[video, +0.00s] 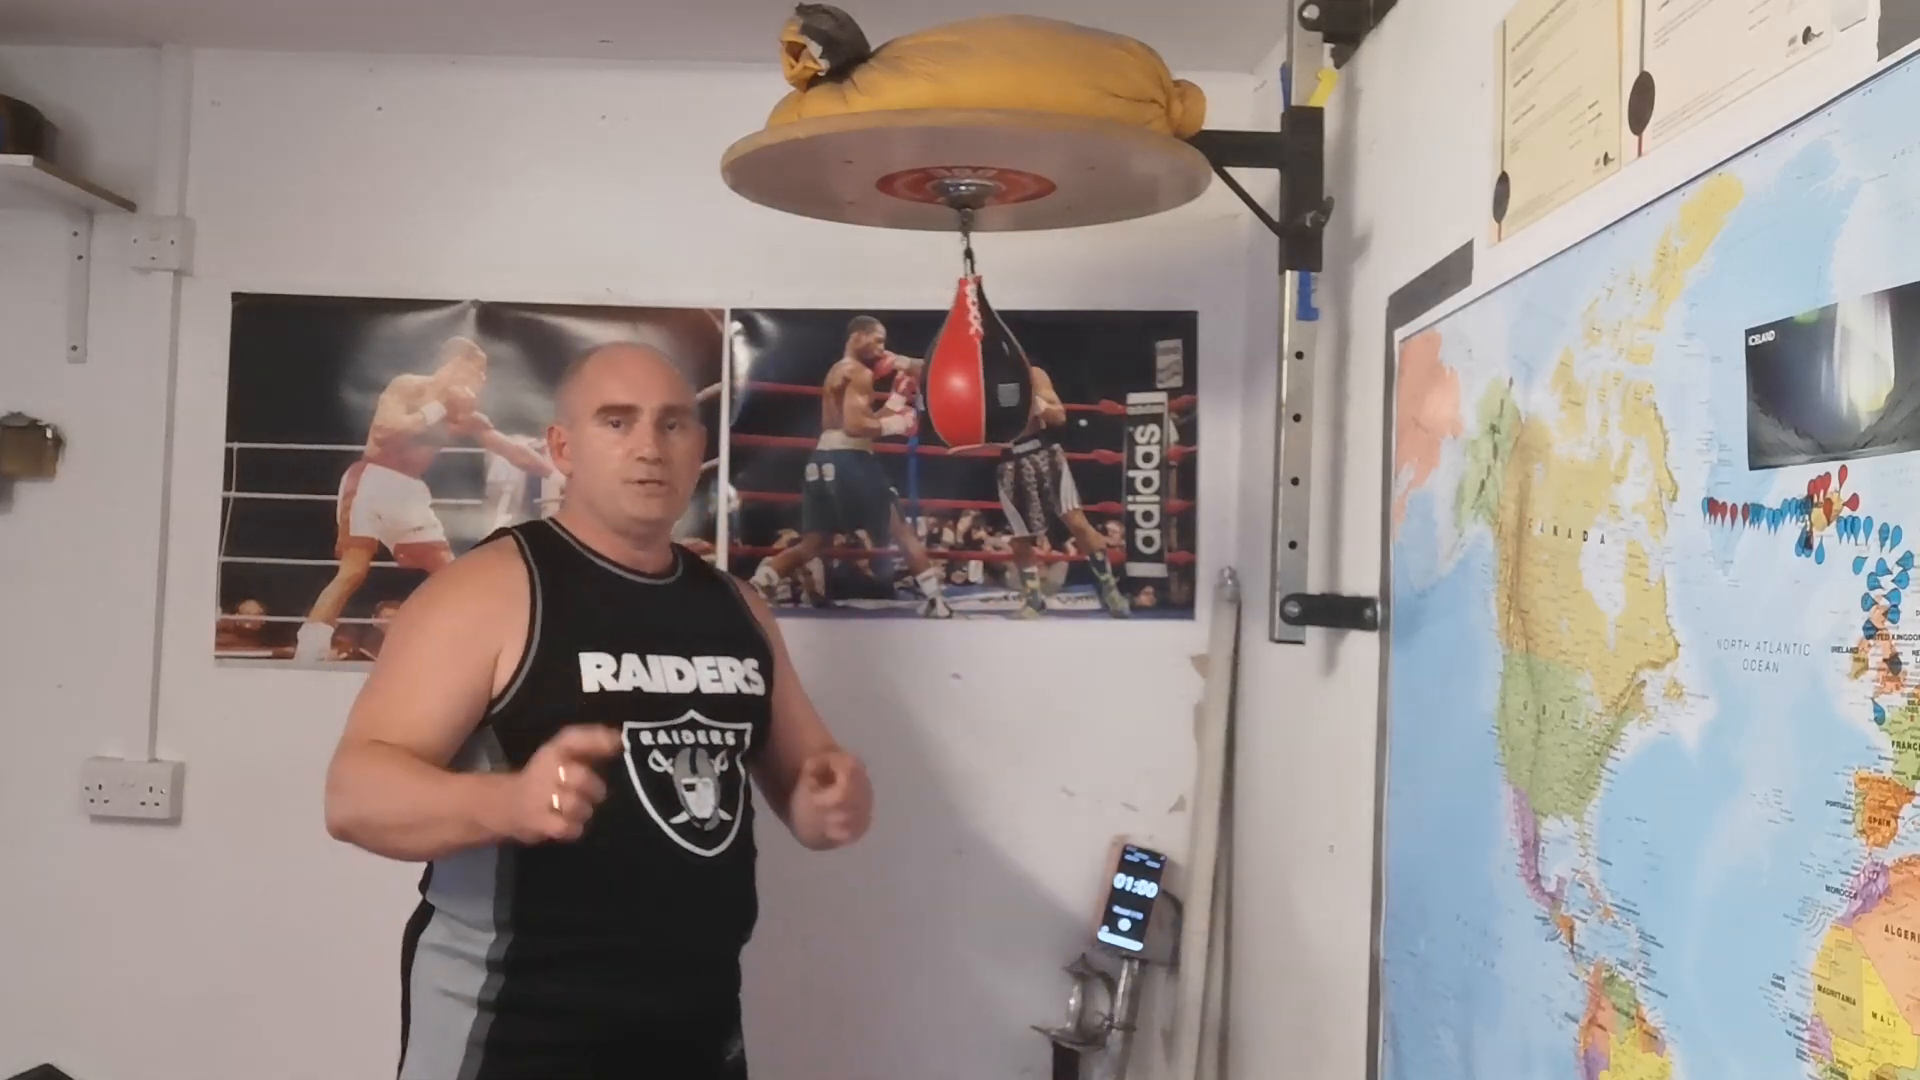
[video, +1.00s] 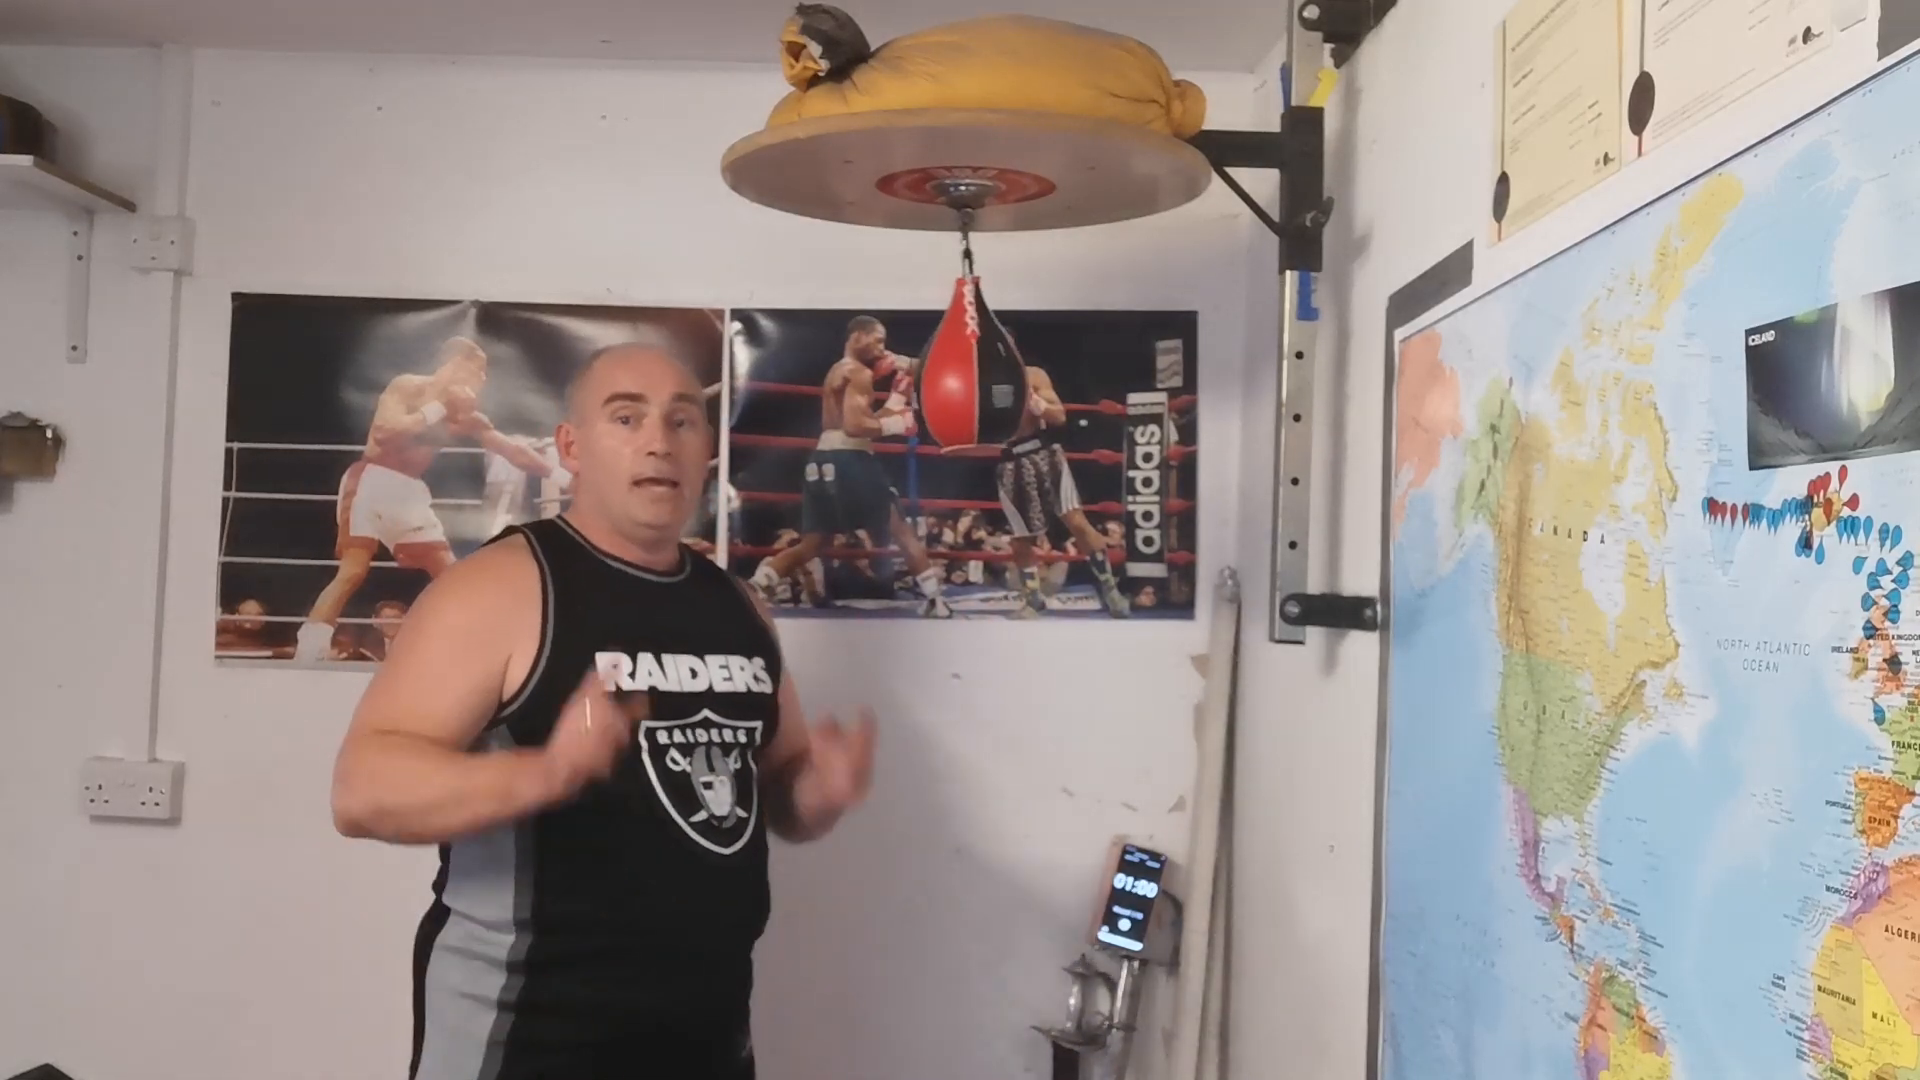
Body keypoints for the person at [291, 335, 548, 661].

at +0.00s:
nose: (480, 381)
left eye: (482, 374)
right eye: (475, 371)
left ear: (474, 378)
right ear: (452, 365)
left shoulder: (463, 410)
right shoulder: (406, 386)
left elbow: (505, 447)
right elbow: (382, 434)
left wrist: (555, 473)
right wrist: (435, 411)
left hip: (410, 494)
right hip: (371, 484)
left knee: (448, 576)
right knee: (352, 572)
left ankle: (455, 653)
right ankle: (307, 646)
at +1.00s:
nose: (480, 381)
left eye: (483, 374)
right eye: (475, 370)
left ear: (474, 378)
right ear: (452, 364)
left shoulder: (464, 409)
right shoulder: (406, 386)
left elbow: (507, 448)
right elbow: (384, 432)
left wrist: (555, 473)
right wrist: (436, 411)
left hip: (409, 493)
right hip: (369, 483)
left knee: (449, 573)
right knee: (352, 572)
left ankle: (466, 651)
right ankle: (308, 649)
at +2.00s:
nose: (473, 385)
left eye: (477, 379)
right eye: (469, 375)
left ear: (477, 382)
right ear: (450, 365)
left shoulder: (464, 415)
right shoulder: (405, 386)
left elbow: (510, 449)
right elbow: (384, 432)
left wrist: (563, 478)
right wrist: (436, 410)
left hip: (409, 493)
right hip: (369, 484)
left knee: (448, 574)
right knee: (353, 571)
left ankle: (462, 652)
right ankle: (306, 650)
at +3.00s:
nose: (476, 384)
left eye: (479, 377)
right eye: (472, 374)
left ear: (476, 380)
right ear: (451, 365)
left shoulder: (464, 415)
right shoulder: (404, 386)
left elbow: (511, 449)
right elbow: (383, 433)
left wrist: (563, 478)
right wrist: (436, 409)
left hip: (408, 492)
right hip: (367, 483)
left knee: (448, 573)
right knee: (353, 570)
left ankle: (461, 654)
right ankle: (306, 652)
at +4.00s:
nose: (477, 385)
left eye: (479, 378)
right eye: (473, 374)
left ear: (476, 380)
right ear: (452, 365)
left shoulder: (465, 415)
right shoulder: (404, 386)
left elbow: (512, 450)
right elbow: (384, 433)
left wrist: (564, 478)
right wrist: (437, 409)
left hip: (408, 494)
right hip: (367, 484)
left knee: (449, 574)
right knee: (353, 571)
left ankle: (427, 660)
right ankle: (306, 651)